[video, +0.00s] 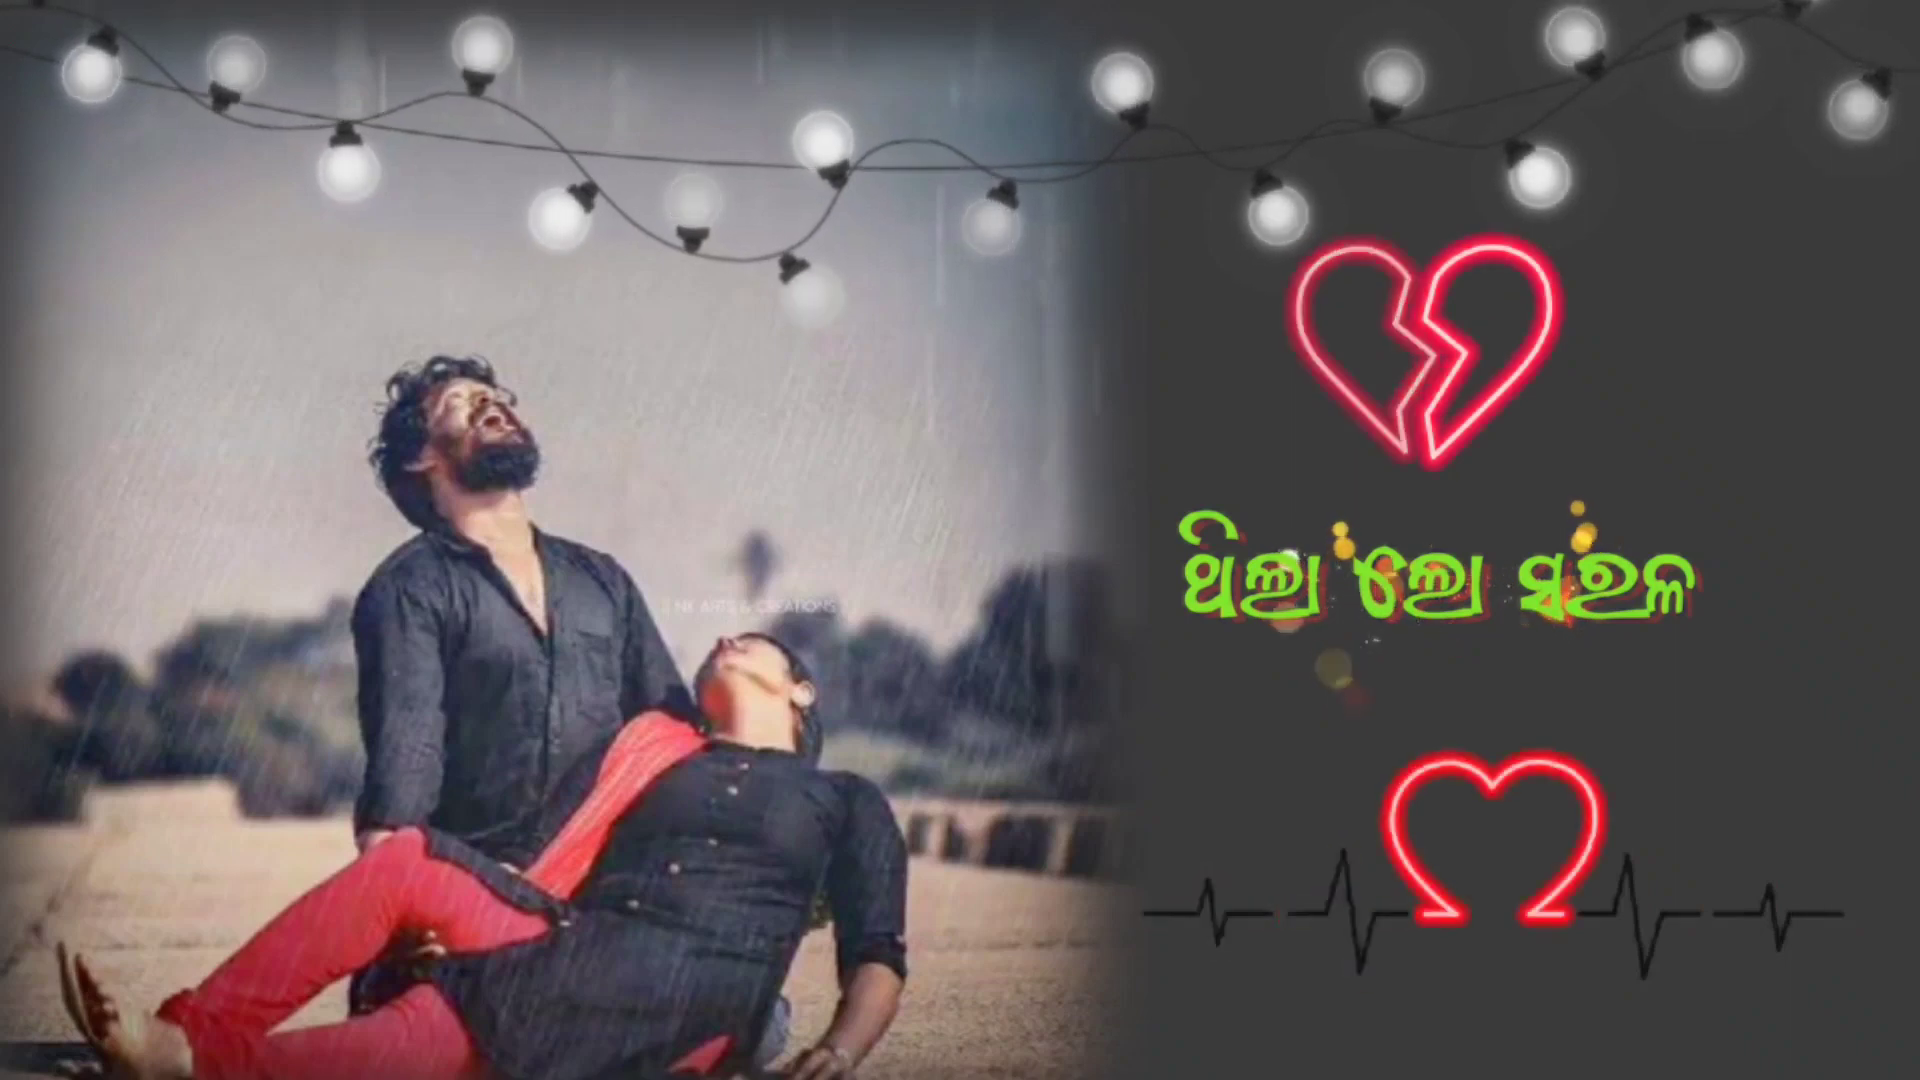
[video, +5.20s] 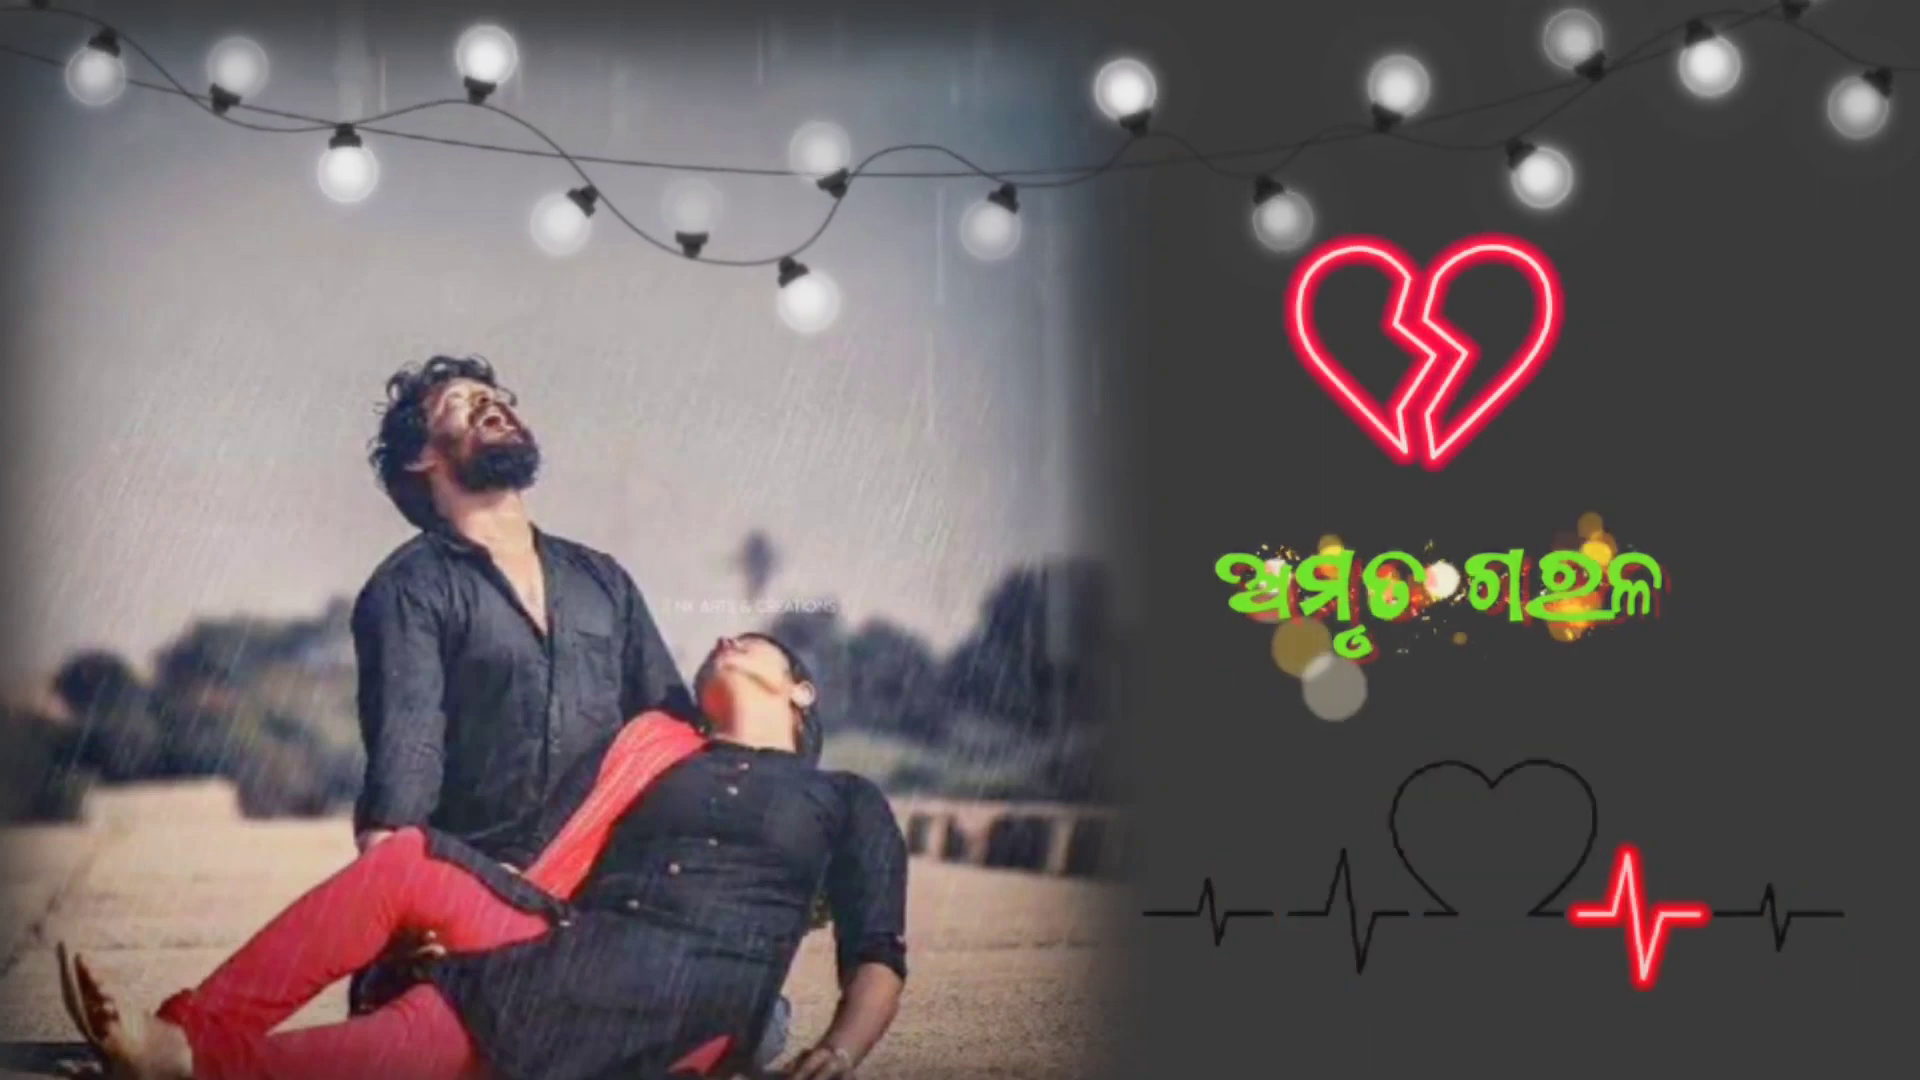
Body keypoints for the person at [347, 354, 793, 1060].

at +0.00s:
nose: (496, 408)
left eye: (502, 401)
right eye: (463, 406)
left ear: (525, 438)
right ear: (421, 462)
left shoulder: (602, 578)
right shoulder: (410, 587)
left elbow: (678, 728)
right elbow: (404, 753)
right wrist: (387, 904)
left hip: (617, 883)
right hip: (462, 890)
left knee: (760, 1022)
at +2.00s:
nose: (497, 408)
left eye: (502, 401)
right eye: (463, 406)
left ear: (525, 438)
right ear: (422, 462)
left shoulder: (602, 579)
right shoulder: (410, 588)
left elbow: (678, 728)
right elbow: (404, 752)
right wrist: (388, 902)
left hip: (617, 882)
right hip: (462, 890)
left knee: (761, 1022)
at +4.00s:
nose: (496, 408)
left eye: (502, 401)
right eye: (463, 406)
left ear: (525, 438)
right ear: (421, 462)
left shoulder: (602, 578)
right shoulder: (410, 587)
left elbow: (678, 728)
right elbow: (404, 753)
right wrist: (387, 904)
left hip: (617, 883)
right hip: (462, 890)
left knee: (760, 1022)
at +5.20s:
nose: (496, 409)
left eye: (501, 401)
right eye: (462, 406)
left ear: (524, 438)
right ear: (421, 462)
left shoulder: (603, 579)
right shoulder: (410, 588)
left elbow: (678, 728)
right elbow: (404, 747)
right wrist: (388, 893)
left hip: (614, 883)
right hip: (460, 889)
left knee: (761, 1020)